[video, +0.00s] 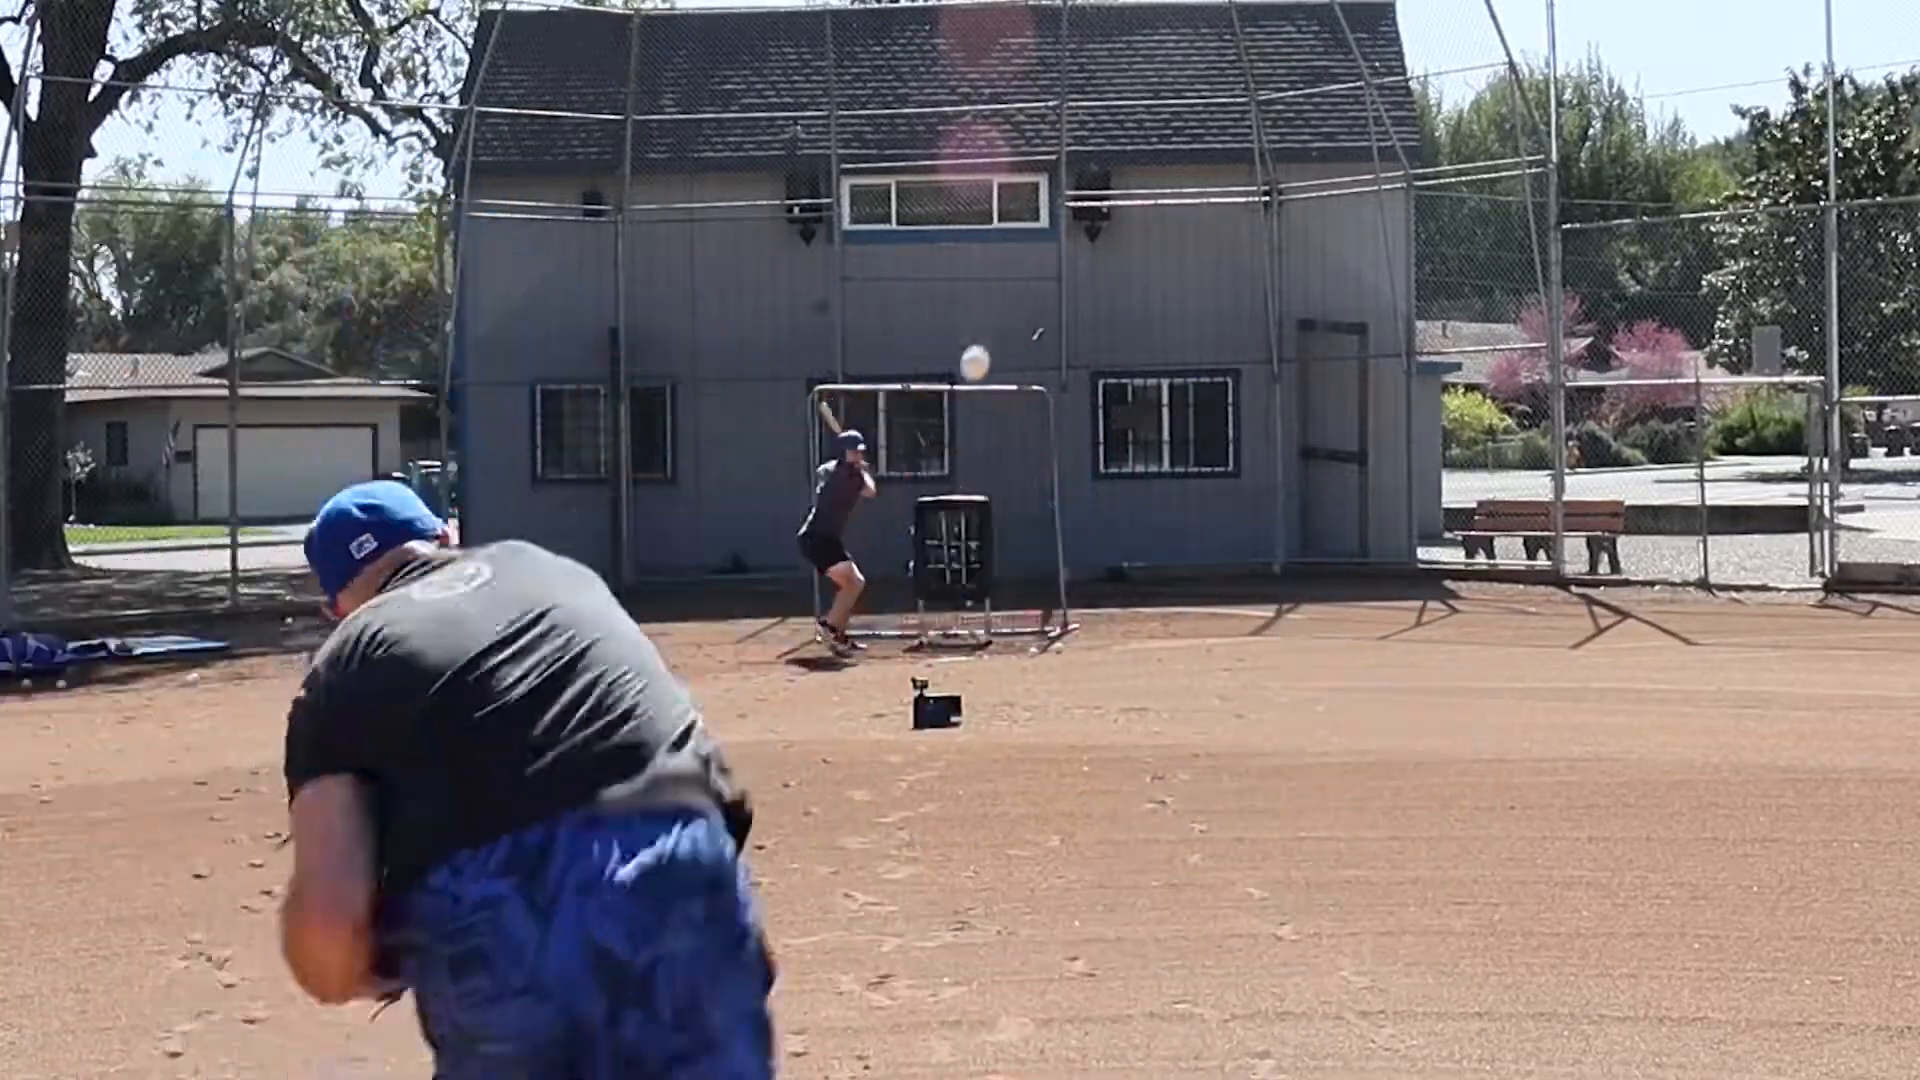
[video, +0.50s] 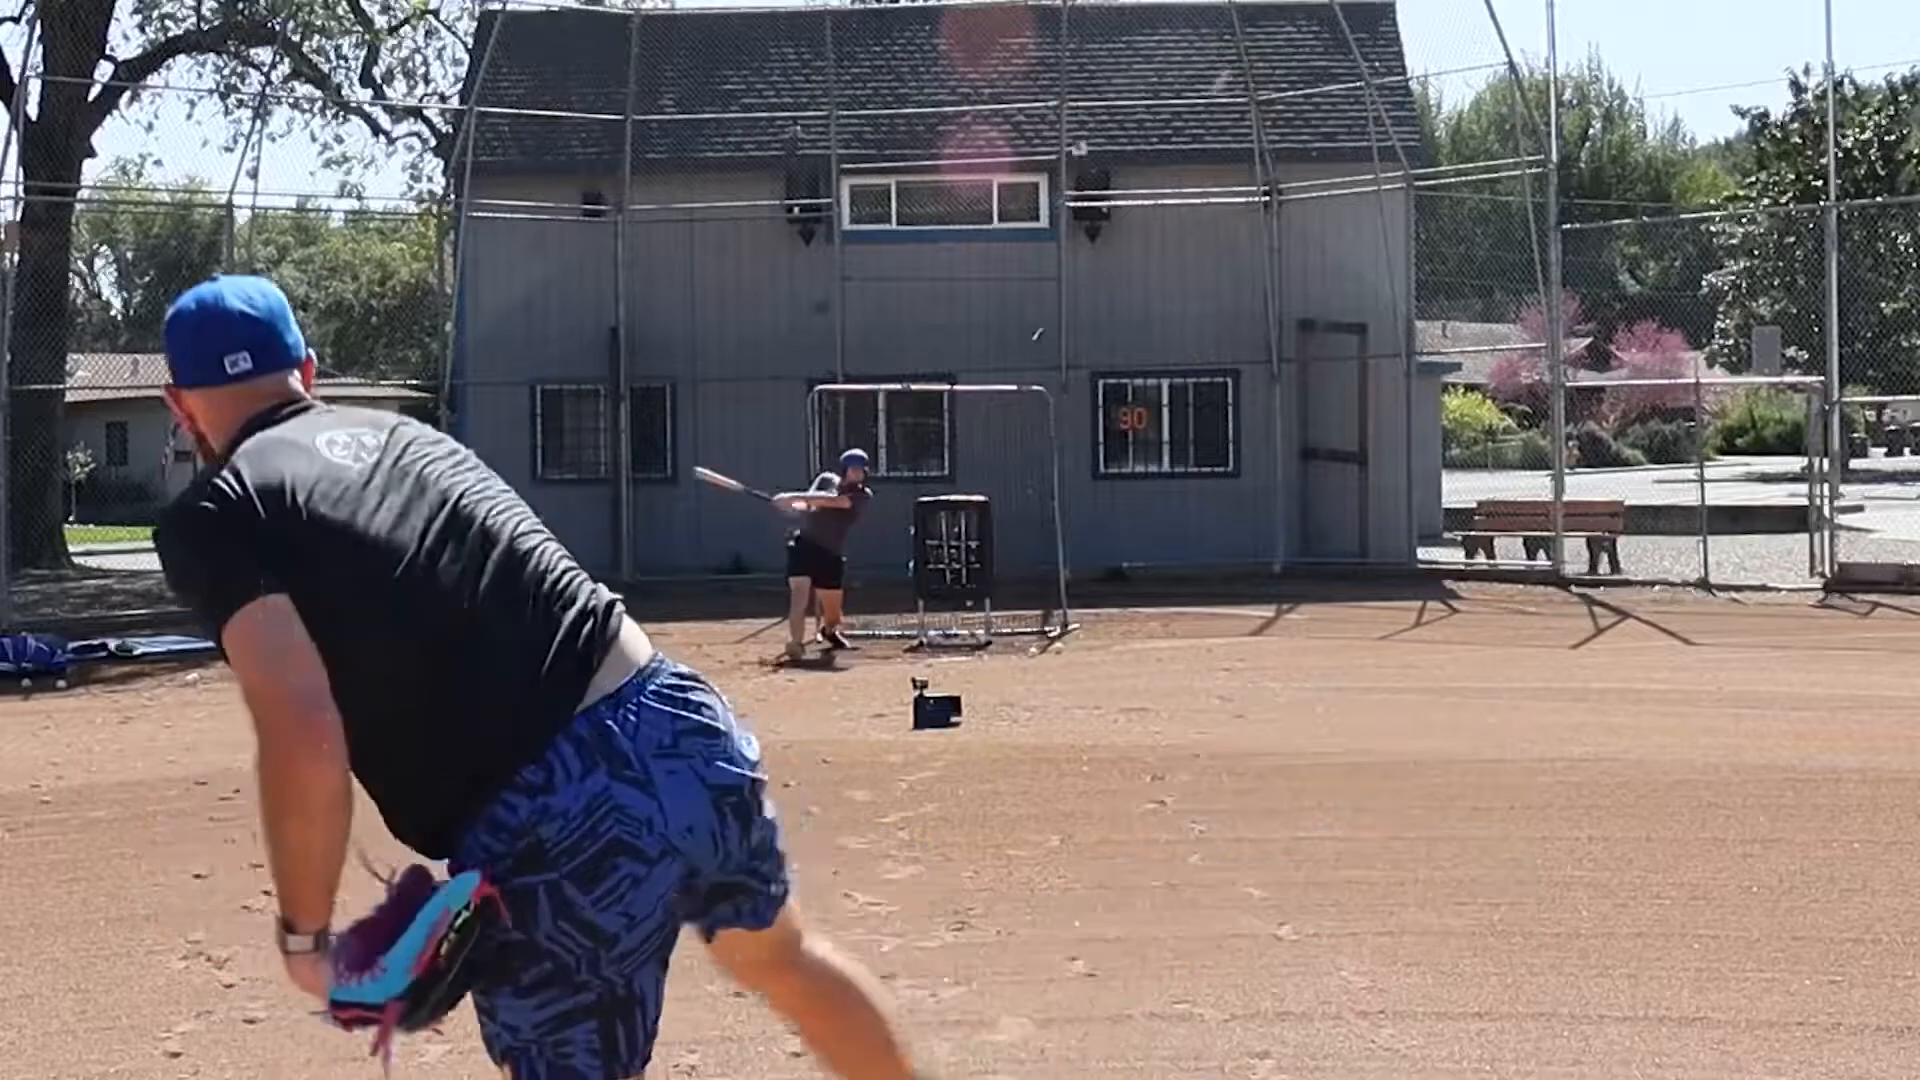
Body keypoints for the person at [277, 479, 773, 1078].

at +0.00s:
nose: (332, 616)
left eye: (329, 607)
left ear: (338, 602)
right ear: (448, 537)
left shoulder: (339, 670)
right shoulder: (557, 568)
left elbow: (328, 945)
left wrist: (361, 973)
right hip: (680, 873)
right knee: (710, 1069)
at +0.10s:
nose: (292, 618)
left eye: (290, 604)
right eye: (293, 601)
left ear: (301, 601)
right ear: (410, 565)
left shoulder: (336, 632)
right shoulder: (501, 612)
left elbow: (358, 740)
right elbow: (424, 914)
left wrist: (248, 902)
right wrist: (291, 1019)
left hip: (540, 867)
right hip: (710, 796)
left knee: (565, 1062)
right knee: (819, 1062)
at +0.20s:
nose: (264, 612)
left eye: (263, 591)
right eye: (261, 596)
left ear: (296, 568)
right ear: (371, 533)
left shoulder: (332, 592)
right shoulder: (471, 597)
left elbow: (340, 646)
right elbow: (445, 863)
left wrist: (218, 820)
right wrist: (321, 1003)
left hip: (553, 836)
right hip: (699, 750)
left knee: (574, 1056)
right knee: (946, 1050)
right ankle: (1206, 867)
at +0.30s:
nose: (232, 536)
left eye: (228, 515)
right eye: (243, 516)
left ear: (248, 498)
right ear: (347, 464)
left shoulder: (284, 543)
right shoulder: (427, 538)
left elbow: (300, 653)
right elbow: (491, 737)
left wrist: (203, 847)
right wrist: (377, 859)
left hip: (551, 826)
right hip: (686, 736)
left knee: (462, 1026)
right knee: (1009, 995)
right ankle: (1317, 836)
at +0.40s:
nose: (204, 473)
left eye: (199, 453)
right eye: (213, 453)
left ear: (217, 444)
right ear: (326, 419)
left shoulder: (238, 533)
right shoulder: (412, 483)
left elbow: (268, 699)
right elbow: (514, 674)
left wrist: (223, 905)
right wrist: (414, 859)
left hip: (551, 836)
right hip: (686, 726)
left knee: (580, 1062)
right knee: (929, 918)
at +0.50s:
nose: (177, 423)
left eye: (171, 406)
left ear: (186, 409)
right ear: (309, 370)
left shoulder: (213, 507)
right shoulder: (403, 430)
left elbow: (304, 726)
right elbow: (488, 628)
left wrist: (304, 924)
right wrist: (453, 865)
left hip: (556, 829)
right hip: (689, 728)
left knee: (569, 1056)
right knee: (777, 949)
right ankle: (899, 1069)